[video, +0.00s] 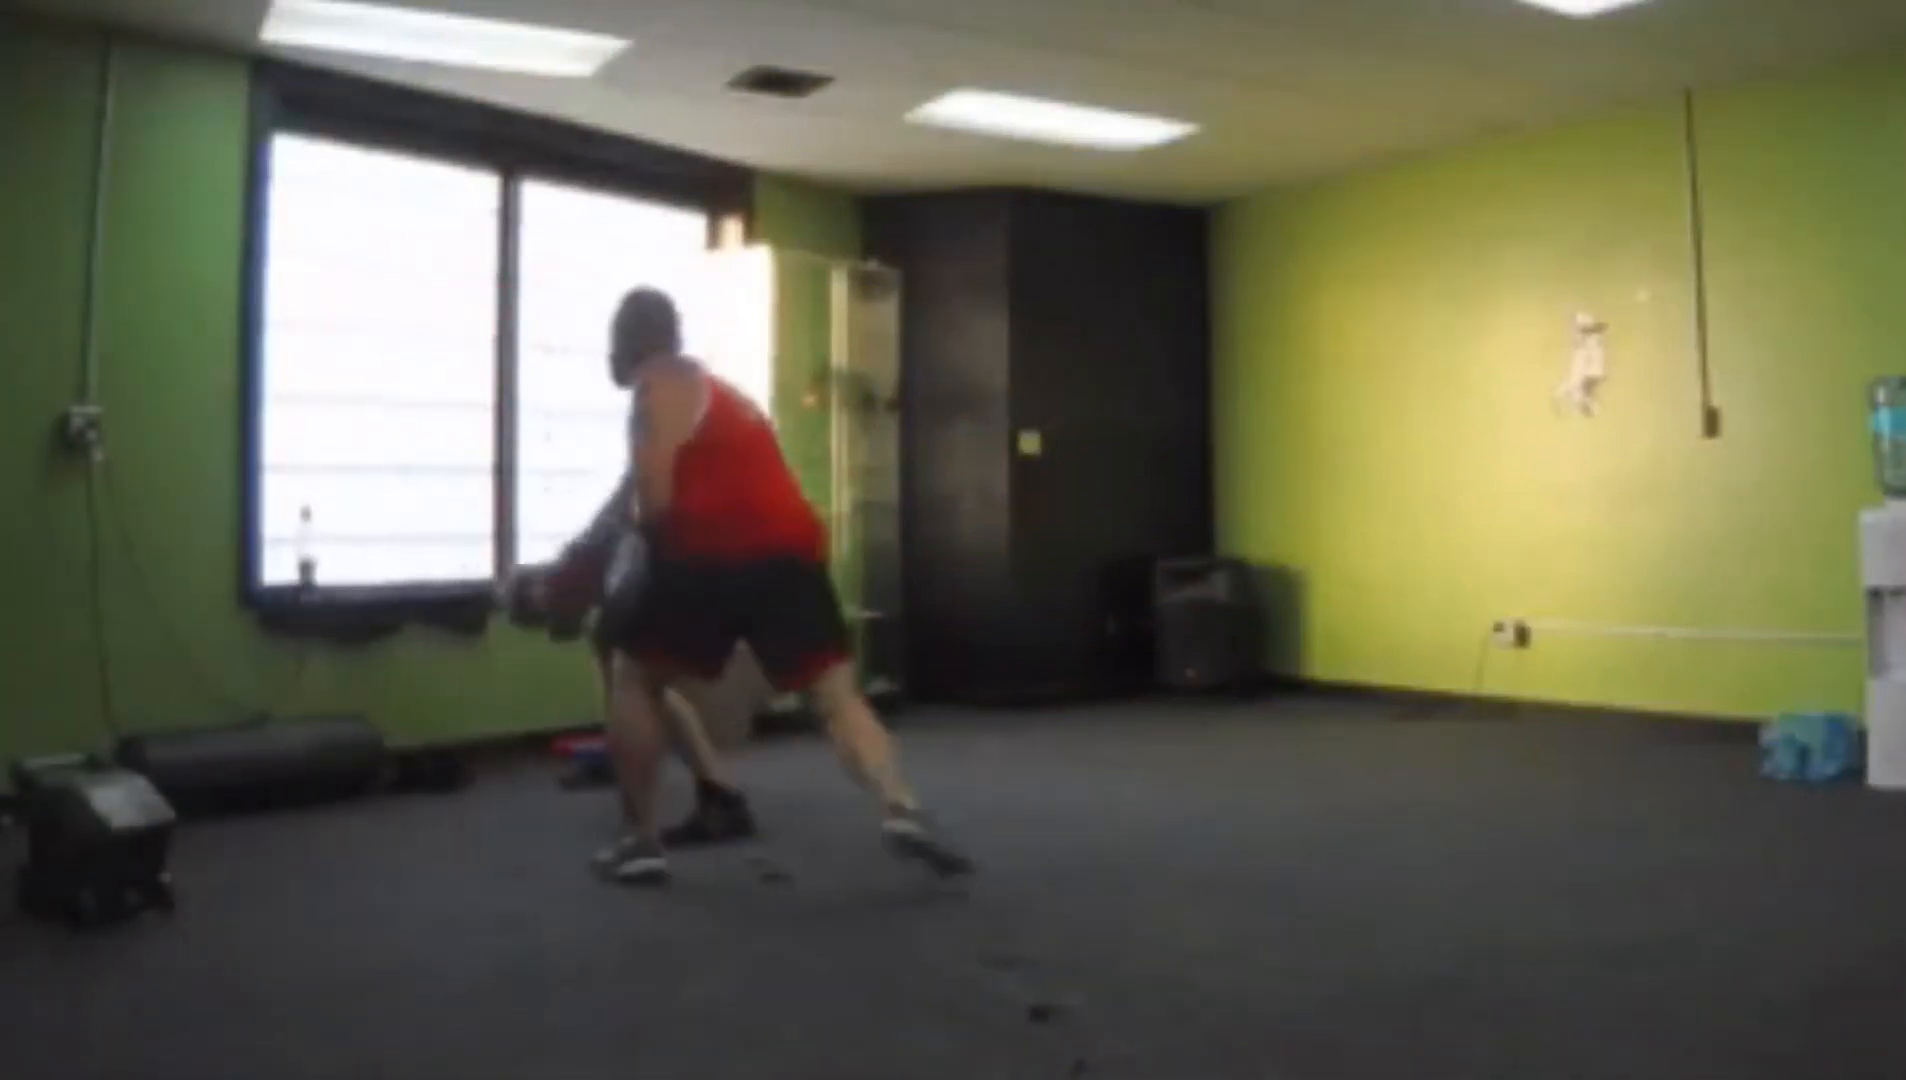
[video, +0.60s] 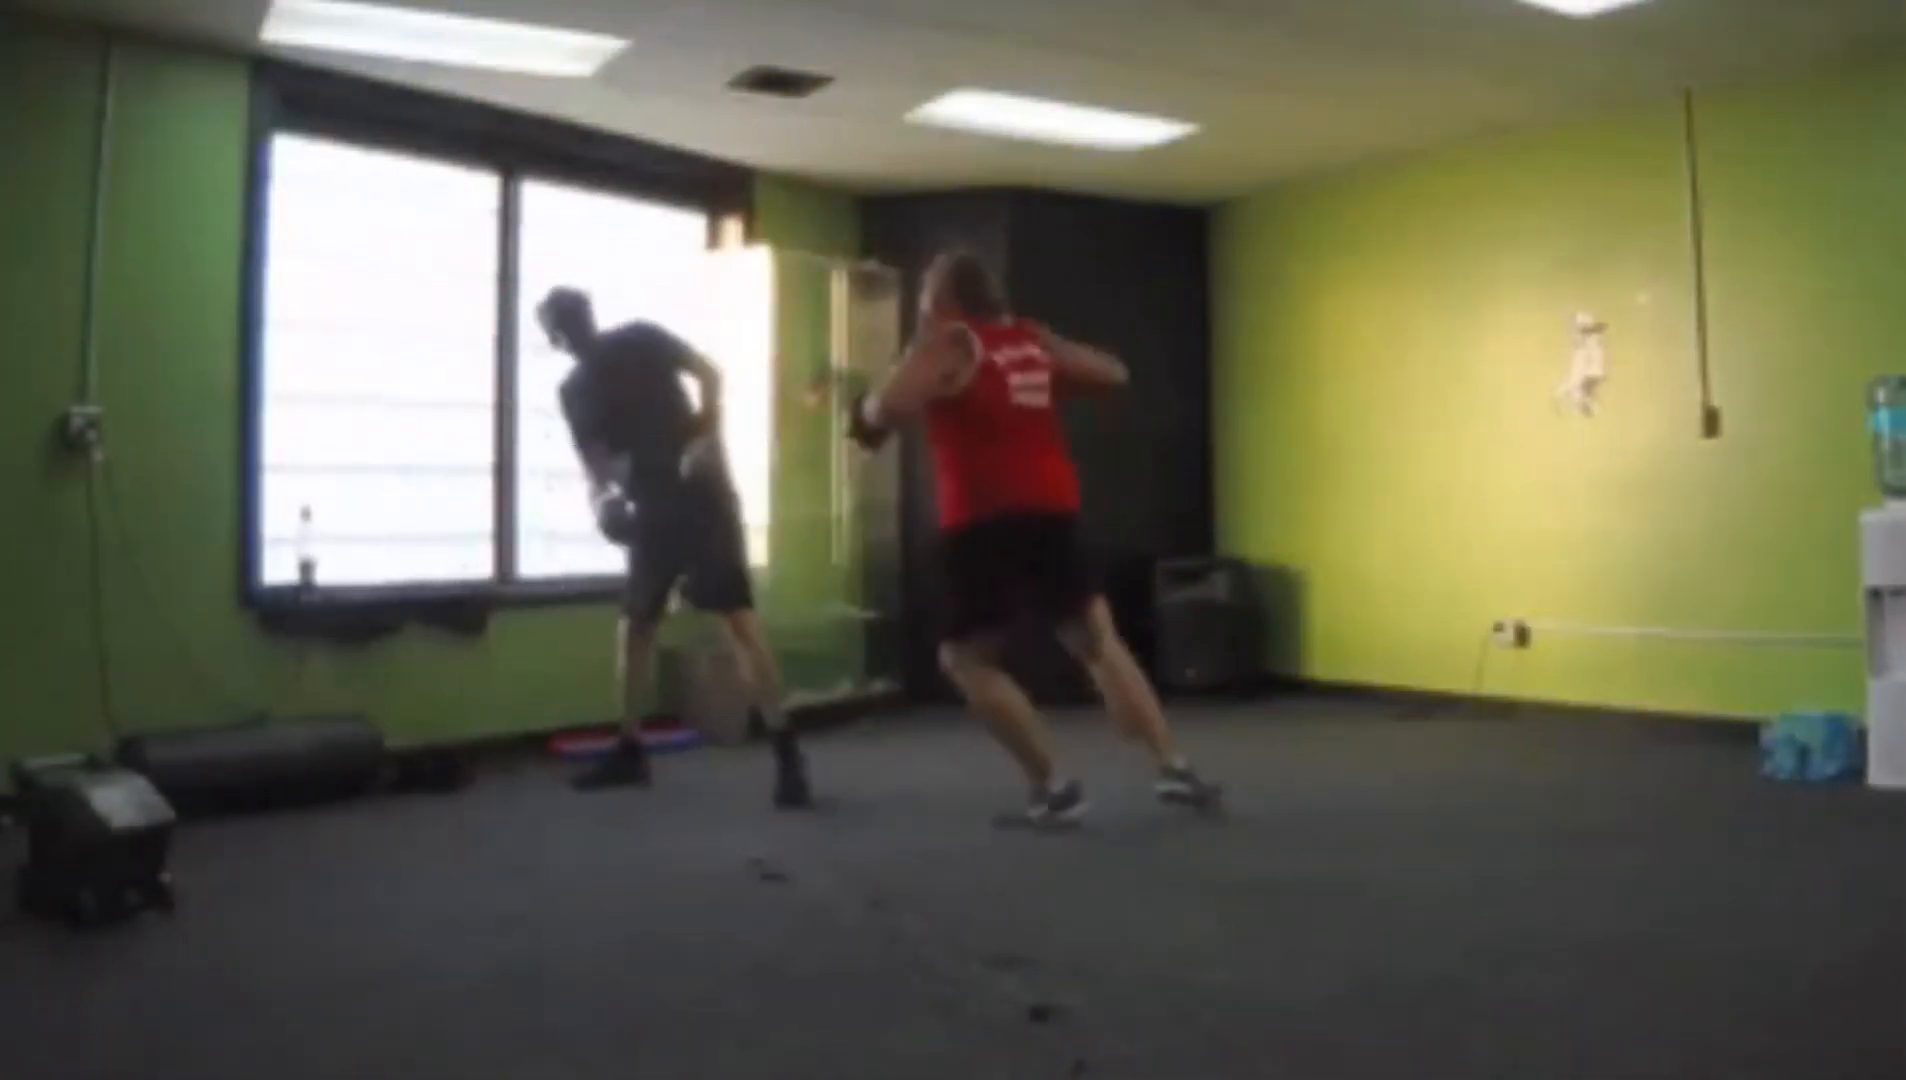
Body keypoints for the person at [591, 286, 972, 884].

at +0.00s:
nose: (609, 356)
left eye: (613, 344)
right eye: (612, 344)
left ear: (627, 343)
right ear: (671, 337)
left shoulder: (661, 385)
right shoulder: (716, 388)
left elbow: (652, 493)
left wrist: (640, 534)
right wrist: (587, 551)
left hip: (703, 562)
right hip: (785, 557)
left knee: (636, 679)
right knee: (838, 695)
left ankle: (639, 837)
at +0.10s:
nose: (670, 367)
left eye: (672, 355)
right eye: (671, 355)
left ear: (684, 351)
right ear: (727, 349)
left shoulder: (700, 393)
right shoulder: (769, 403)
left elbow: (688, 493)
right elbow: (778, 494)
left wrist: (643, 511)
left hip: (731, 574)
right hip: (809, 574)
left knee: (648, 688)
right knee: (874, 697)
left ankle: (643, 838)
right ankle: (983, 805)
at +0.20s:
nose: (752, 340)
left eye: (757, 331)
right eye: (756, 330)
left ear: (772, 334)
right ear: (809, 336)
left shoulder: (774, 380)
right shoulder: (845, 388)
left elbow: (744, 483)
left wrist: (720, 481)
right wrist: (705, 419)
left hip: (785, 561)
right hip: (863, 560)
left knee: (696, 682)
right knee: (881, 679)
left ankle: (645, 830)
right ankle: (961, 803)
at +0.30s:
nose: (811, 315)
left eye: (816, 305)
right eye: (814, 306)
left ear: (830, 307)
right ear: (885, 308)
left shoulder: (828, 352)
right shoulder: (907, 359)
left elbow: (807, 442)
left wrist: (770, 451)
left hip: (847, 534)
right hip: (926, 532)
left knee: (771, 663)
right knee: (926, 665)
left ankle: (724, 806)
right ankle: (966, 800)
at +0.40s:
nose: (843, 283)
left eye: (848, 271)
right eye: (845, 273)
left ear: (865, 273)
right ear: (914, 273)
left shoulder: (862, 319)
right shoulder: (945, 323)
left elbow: (839, 407)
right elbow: (966, 409)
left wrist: (807, 424)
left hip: (893, 497)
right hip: (972, 496)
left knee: (834, 626)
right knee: (978, 631)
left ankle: (867, 776)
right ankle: (992, 770)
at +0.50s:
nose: (881, 283)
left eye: (884, 273)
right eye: (881, 273)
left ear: (900, 273)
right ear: (945, 270)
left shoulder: (905, 315)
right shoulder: (990, 316)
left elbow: (870, 397)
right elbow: (1047, 394)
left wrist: (835, 413)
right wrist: (1015, 428)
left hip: (936, 493)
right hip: (1012, 488)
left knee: (901, 627)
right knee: (1038, 617)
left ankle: (976, 761)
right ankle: (1087, 753)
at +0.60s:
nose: (922, 307)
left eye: (926, 295)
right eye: (924, 295)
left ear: (945, 299)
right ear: (987, 295)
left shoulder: (950, 343)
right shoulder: (1029, 338)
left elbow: (883, 409)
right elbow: (1110, 371)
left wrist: (869, 424)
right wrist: (1049, 355)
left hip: (983, 524)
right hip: (1056, 516)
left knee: (965, 657)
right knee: (1099, 641)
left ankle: (1053, 784)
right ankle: (1171, 766)